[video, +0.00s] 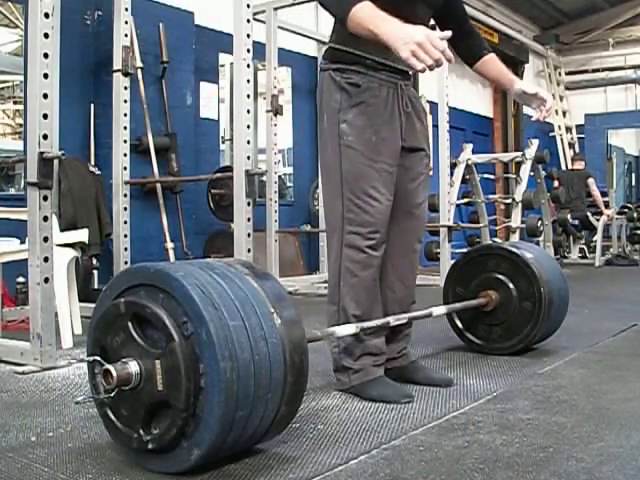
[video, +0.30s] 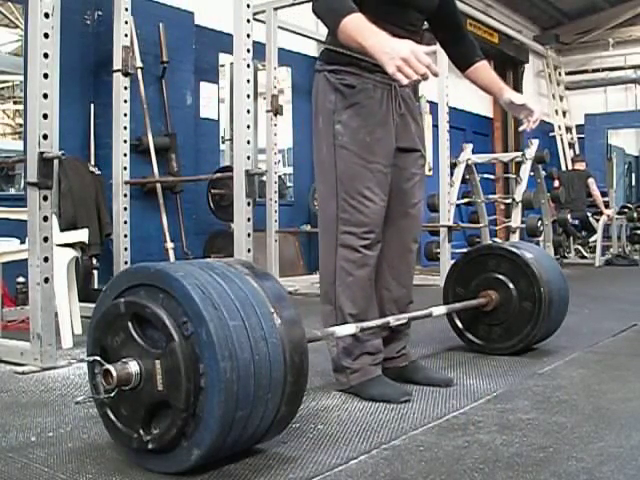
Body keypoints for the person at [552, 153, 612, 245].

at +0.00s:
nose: (582, 166)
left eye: (581, 164)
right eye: (582, 164)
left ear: (572, 164)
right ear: (583, 164)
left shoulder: (561, 174)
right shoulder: (586, 174)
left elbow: (555, 191)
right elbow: (595, 193)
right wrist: (604, 210)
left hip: (562, 213)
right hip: (579, 212)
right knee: (594, 229)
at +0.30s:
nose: (585, 167)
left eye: (583, 165)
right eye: (584, 165)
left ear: (572, 165)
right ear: (584, 165)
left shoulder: (562, 175)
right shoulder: (586, 175)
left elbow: (555, 192)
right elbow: (595, 193)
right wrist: (604, 210)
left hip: (563, 214)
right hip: (579, 213)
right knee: (593, 231)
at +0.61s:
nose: (582, 166)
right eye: (583, 165)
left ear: (572, 164)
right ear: (584, 165)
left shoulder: (562, 174)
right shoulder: (586, 175)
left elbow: (555, 190)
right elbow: (595, 193)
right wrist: (604, 210)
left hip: (563, 213)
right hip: (579, 212)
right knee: (593, 231)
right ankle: (583, 246)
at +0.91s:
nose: (580, 163)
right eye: (580, 161)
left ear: (569, 162)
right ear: (580, 162)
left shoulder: (561, 174)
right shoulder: (584, 174)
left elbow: (555, 190)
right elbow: (594, 192)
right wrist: (604, 210)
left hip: (563, 212)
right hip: (579, 212)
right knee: (593, 231)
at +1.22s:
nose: (581, 163)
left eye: (580, 160)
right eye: (580, 160)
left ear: (567, 161)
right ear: (578, 161)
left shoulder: (560, 175)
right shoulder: (583, 173)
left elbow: (554, 194)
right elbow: (593, 192)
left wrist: (553, 215)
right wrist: (604, 210)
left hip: (562, 214)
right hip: (578, 214)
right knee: (593, 231)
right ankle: (584, 245)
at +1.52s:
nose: (581, 162)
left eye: (580, 160)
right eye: (580, 160)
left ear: (567, 161)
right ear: (578, 161)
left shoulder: (559, 175)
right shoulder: (583, 173)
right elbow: (593, 192)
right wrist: (604, 210)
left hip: (562, 214)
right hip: (579, 213)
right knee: (592, 230)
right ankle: (585, 245)